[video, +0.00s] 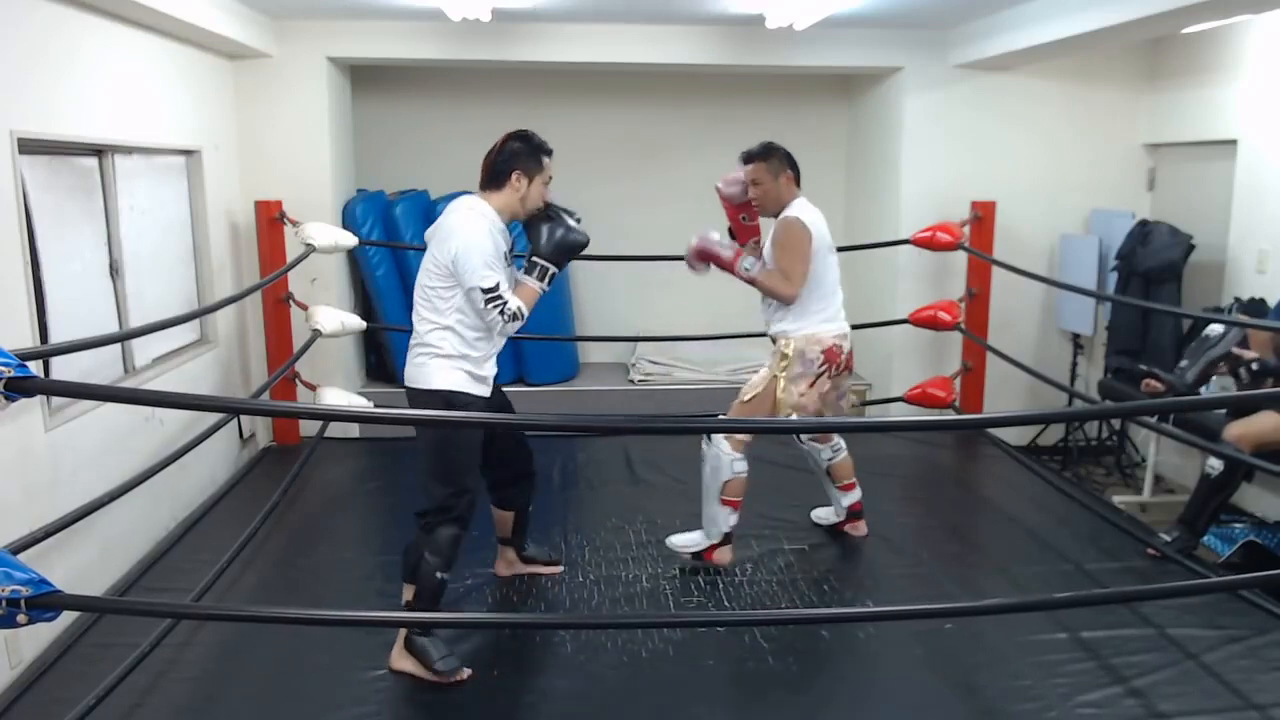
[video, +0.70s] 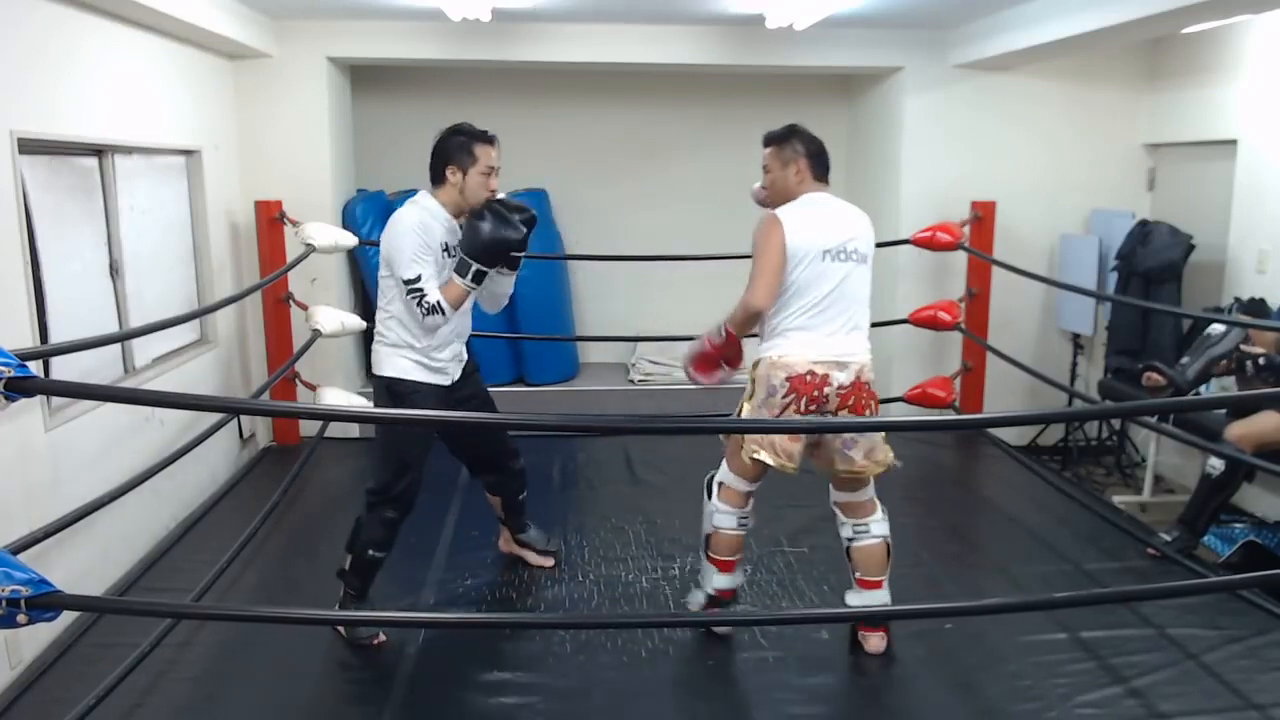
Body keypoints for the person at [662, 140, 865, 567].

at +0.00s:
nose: (751, 194)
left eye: (757, 183)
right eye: (748, 186)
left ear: (787, 179)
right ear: (788, 182)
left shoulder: (793, 223)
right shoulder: (802, 215)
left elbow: (788, 288)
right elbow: (766, 266)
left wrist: (734, 261)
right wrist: (741, 218)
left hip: (804, 353)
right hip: (828, 348)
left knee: (728, 435)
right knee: (817, 431)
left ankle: (718, 538)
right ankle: (853, 514)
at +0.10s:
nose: (741, 205)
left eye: (749, 195)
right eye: (738, 197)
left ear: (781, 192)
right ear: (784, 195)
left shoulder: (778, 233)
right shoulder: (812, 226)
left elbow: (735, 272)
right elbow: (771, 269)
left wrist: (696, 235)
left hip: (801, 365)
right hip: (838, 361)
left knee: (715, 440)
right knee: (816, 430)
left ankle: (698, 549)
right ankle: (853, 515)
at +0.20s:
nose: (721, 201)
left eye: (726, 192)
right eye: (720, 193)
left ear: (754, 186)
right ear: (765, 189)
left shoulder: (741, 222)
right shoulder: (807, 223)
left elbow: (668, 219)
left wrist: (604, 199)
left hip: (791, 363)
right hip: (837, 357)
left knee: (716, 452)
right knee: (837, 437)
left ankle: (696, 565)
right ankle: (854, 513)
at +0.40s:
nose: (721, 189)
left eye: (727, 177)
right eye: (721, 179)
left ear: (758, 174)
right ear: (764, 177)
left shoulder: (744, 225)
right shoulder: (817, 218)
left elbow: (694, 281)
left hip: (762, 372)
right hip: (823, 369)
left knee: (710, 471)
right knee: (840, 468)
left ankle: (689, 576)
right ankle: (871, 570)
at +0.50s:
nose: (737, 190)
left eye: (741, 178)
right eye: (736, 179)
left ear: (772, 173)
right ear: (785, 176)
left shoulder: (756, 230)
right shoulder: (832, 222)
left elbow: (737, 309)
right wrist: (750, 221)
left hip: (768, 378)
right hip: (832, 377)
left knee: (720, 478)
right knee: (845, 489)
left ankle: (685, 578)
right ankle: (872, 607)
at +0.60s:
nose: (754, 190)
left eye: (760, 180)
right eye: (754, 181)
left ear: (790, 177)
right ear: (801, 180)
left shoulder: (771, 235)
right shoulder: (849, 228)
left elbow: (759, 316)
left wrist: (737, 362)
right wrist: (768, 219)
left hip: (781, 388)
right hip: (846, 389)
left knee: (728, 484)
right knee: (854, 504)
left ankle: (687, 579)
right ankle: (872, 626)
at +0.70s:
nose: (762, 180)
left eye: (769, 169)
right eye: (763, 170)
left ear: (799, 167)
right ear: (812, 170)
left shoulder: (780, 222)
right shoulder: (859, 222)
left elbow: (757, 303)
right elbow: (826, 297)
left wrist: (724, 340)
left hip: (785, 381)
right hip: (854, 383)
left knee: (733, 485)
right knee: (860, 501)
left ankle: (718, 598)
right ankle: (874, 629)